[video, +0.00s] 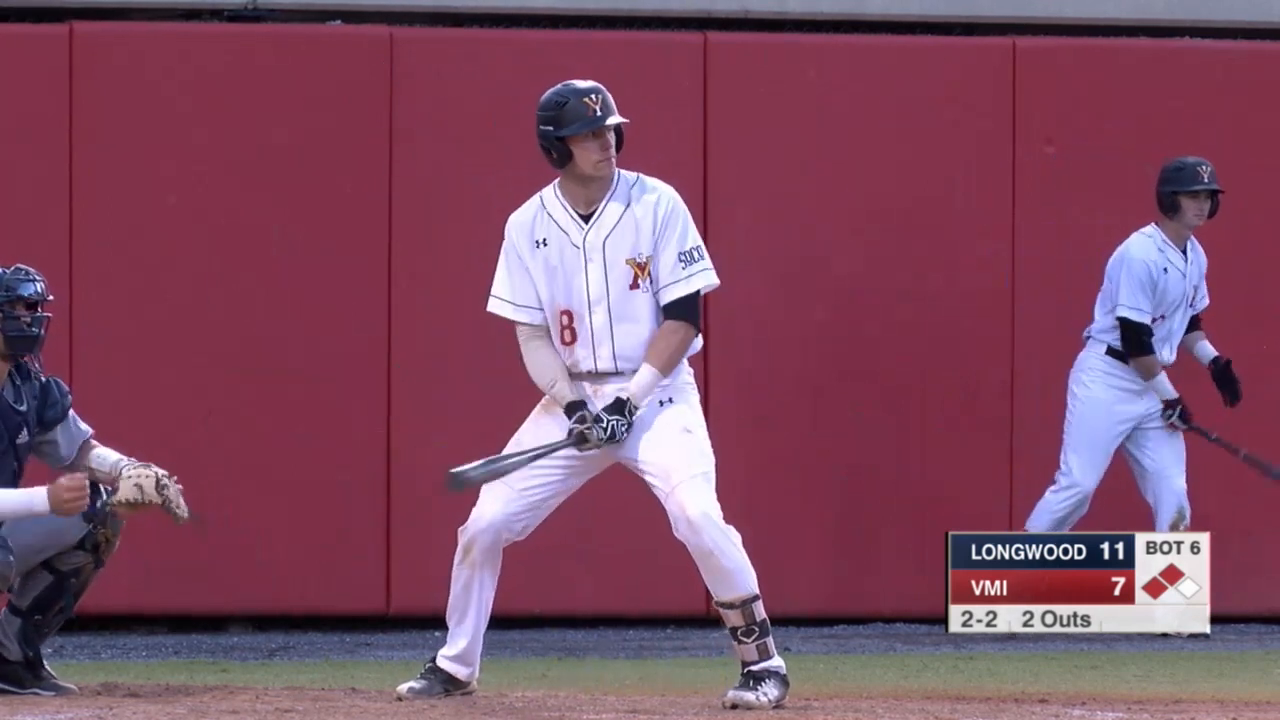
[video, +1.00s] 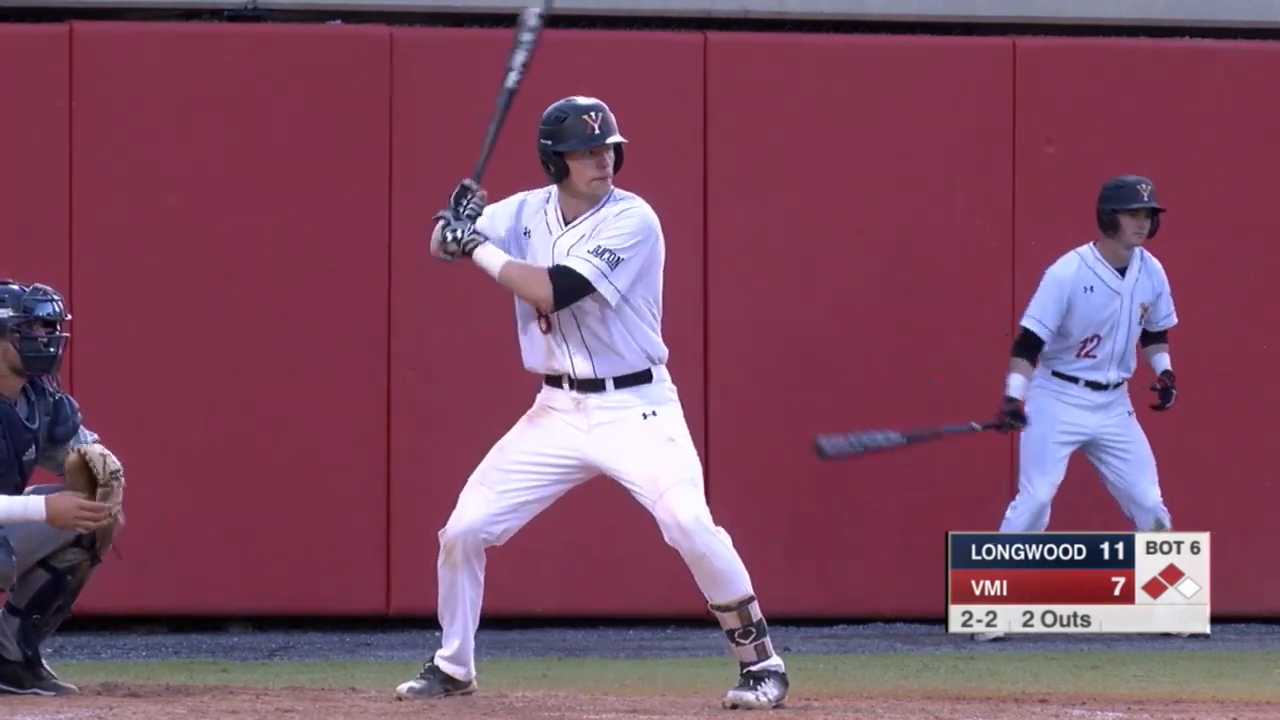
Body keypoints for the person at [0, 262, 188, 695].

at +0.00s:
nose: (28, 318)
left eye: (33, 308)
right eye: (16, 308)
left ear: (40, 315)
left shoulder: (33, 388)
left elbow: (78, 447)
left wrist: (130, 470)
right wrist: (43, 499)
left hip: (10, 529)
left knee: (96, 516)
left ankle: (16, 651)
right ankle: (12, 651)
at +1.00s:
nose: (41, 340)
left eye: (46, 329)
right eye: (27, 330)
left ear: (54, 333)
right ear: (1, 337)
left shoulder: (41, 398)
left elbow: (77, 444)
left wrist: (97, 466)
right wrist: (39, 508)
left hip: (9, 529)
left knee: (89, 514)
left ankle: (14, 650)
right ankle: (12, 650)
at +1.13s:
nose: (43, 340)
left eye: (47, 330)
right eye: (29, 331)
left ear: (56, 334)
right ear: (1, 339)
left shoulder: (51, 402)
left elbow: (92, 445)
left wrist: (89, 463)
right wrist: (46, 504)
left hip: (15, 525)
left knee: (101, 506)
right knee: (7, 565)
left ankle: (18, 650)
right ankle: (7, 654)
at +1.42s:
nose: (52, 342)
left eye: (55, 332)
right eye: (38, 333)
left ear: (62, 335)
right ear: (5, 343)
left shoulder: (55, 404)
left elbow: (98, 451)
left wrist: (87, 477)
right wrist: (44, 510)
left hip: (24, 530)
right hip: (4, 532)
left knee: (102, 508)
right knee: (8, 563)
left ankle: (20, 650)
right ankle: (6, 652)